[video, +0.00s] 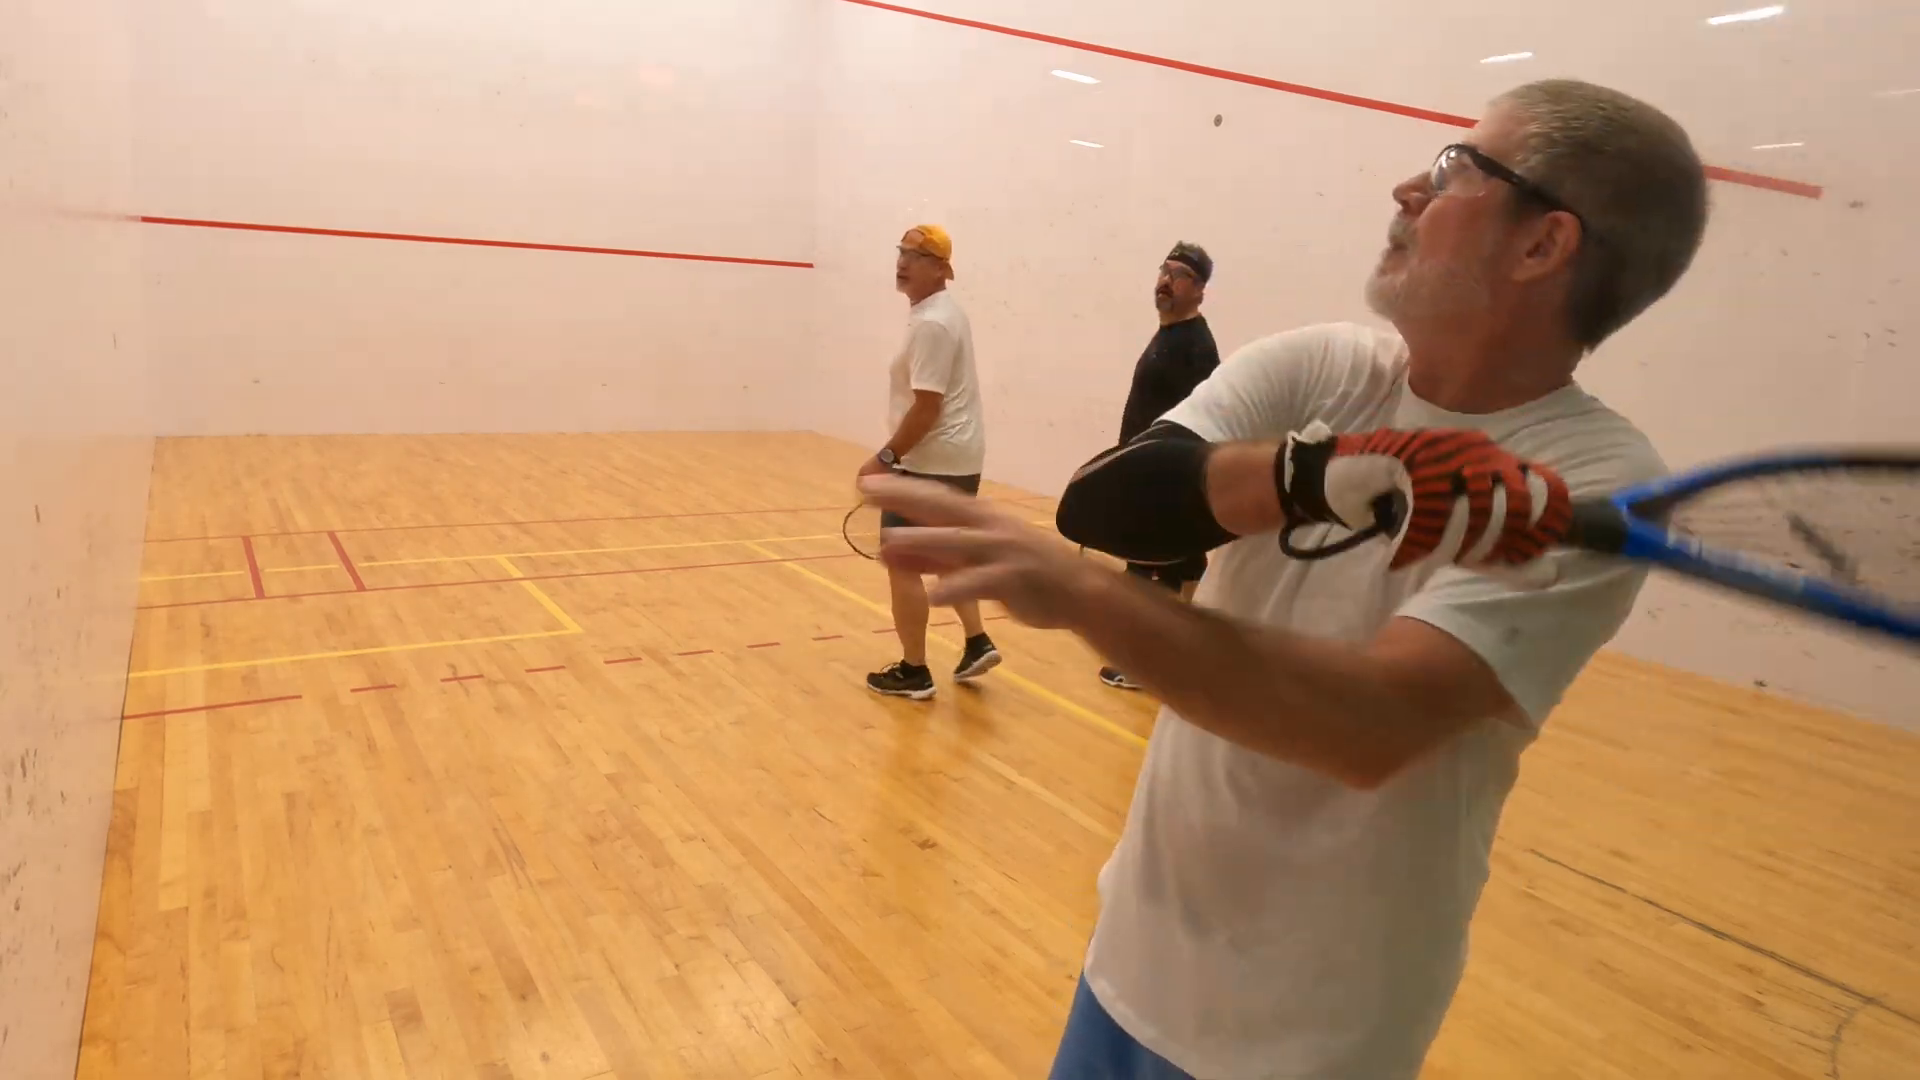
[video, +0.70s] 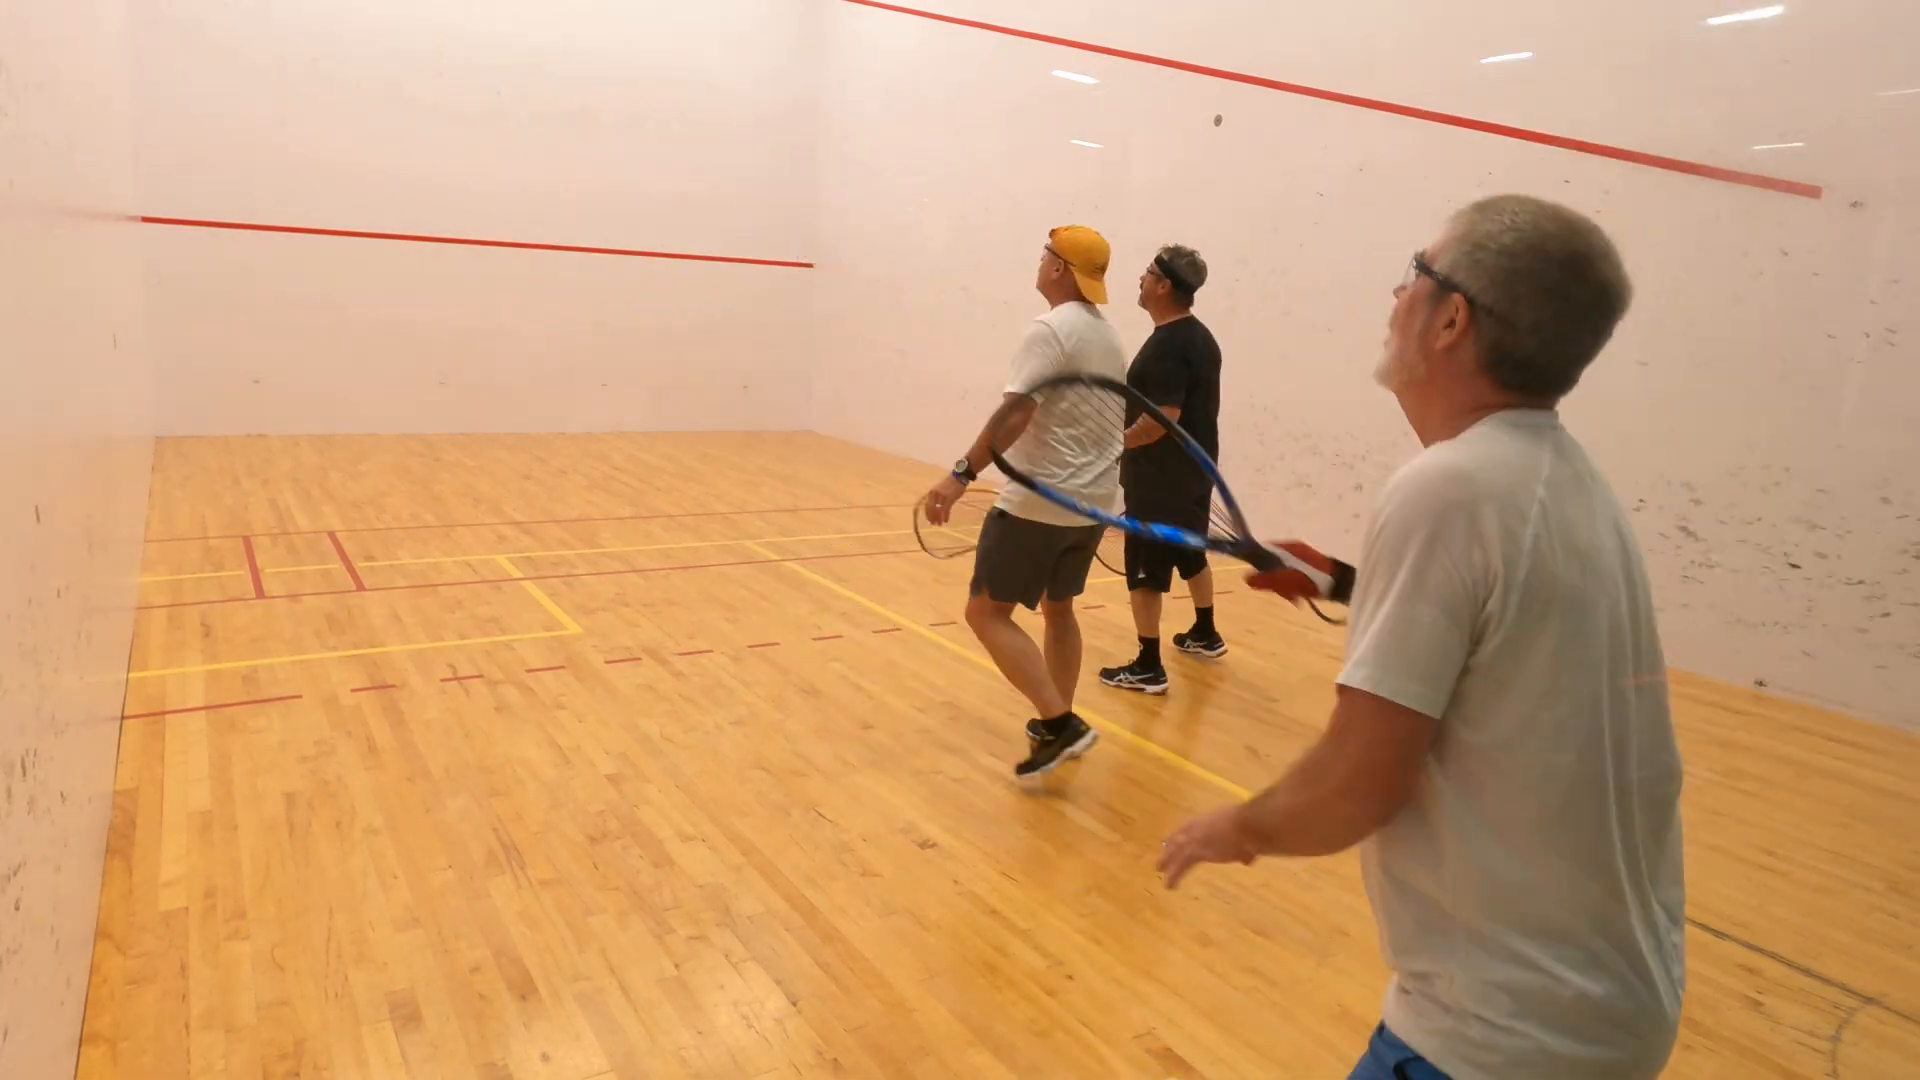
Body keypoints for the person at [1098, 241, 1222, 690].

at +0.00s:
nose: (1165, 282)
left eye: (1178, 276)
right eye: (1164, 272)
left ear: (1199, 290)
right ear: (1158, 279)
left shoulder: (1194, 344)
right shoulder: (1170, 331)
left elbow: (1197, 413)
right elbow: (1155, 402)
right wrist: (1128, 455)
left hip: (1170, 475)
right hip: (1150, 467)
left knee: (1149, 567)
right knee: (1178, 568)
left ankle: (1144, 659)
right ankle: (1144, 653)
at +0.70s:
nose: (1141, 279)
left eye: (1149, 275)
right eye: (1146, 273)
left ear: (1166, 288)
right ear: (1179, 291)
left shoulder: (1168, 343)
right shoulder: (1201, 339)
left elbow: (1160, 418)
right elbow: (1198, 415)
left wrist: (1111, 442)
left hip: (1157, 476)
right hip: (1191, 475)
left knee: (1143, 565)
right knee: (1190, 551)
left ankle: (1148, 664)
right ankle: (1206, 630)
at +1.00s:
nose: (1160, 291)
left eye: (1167, 285)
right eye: (1163, 284)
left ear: (1187, 294)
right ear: (1197, 295)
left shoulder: (1190, 348)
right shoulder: (1220, 342)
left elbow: (1189, 421)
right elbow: (1214, 417)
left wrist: (1172, 487)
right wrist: (1189, 473)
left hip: (1188, 478)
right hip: (1214, 476)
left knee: (1159, 565)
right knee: (1204, 556)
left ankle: (1150, 657)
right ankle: (1216, 635)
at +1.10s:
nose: (1168, 294)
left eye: (1175, 287)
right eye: (1170, 286)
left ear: (1196, 292)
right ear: (1205, 293)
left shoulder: (1197, 344)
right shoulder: (1226, 339)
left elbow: (1204, 417)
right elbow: (1221, 413)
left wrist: (1183, 465)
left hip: (1194, 468)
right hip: (1220, 467)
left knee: (1161, 546)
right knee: (1210, 546)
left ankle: (1158, 649)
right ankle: (1216, 634)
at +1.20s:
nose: (1185, 294)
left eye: (1192, 286)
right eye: (1185, 285)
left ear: (1210, 290)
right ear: (1210, 289)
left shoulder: (1218, 339)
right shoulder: (1217, 334)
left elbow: (1217, 411)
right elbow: (1219, 409)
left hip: (1213, 465)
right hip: (1213, 462)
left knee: (1196, 551)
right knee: (1209, 550)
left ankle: (1173, 649)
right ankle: (1215, 635)